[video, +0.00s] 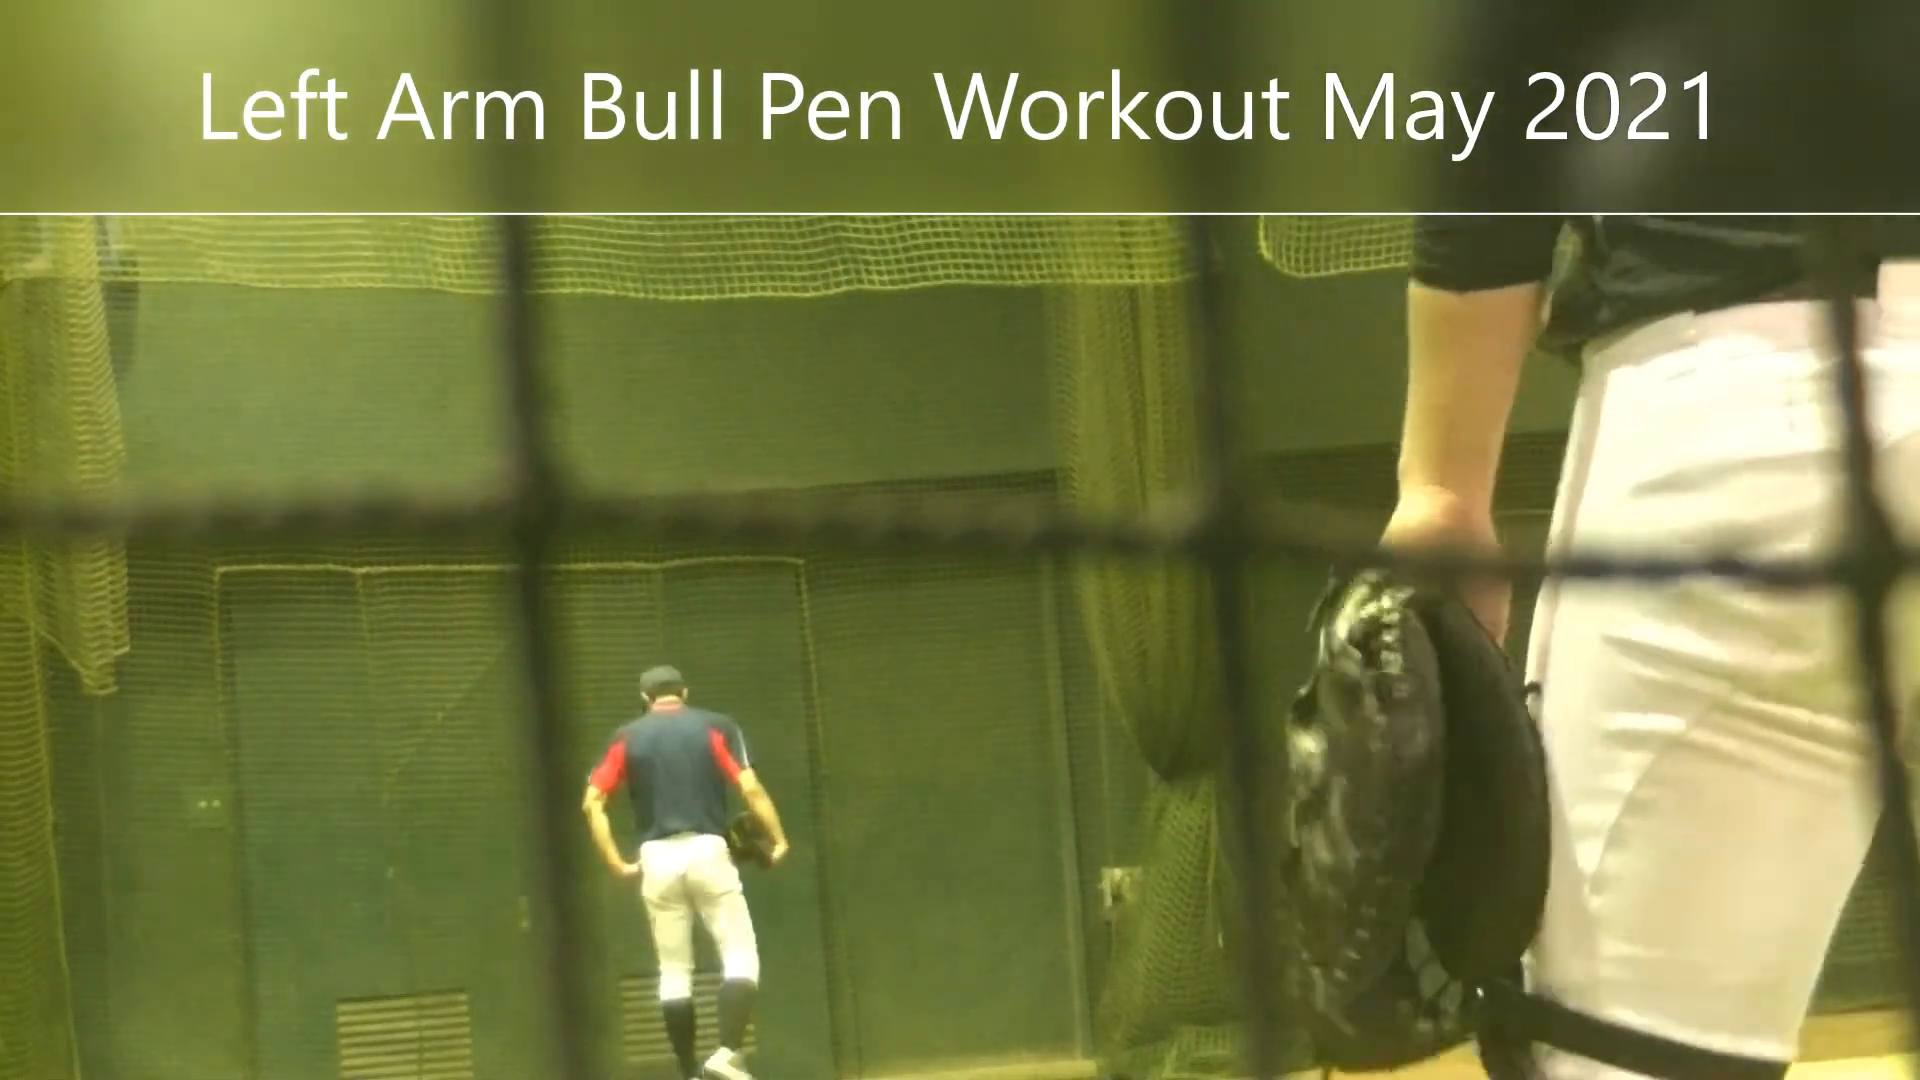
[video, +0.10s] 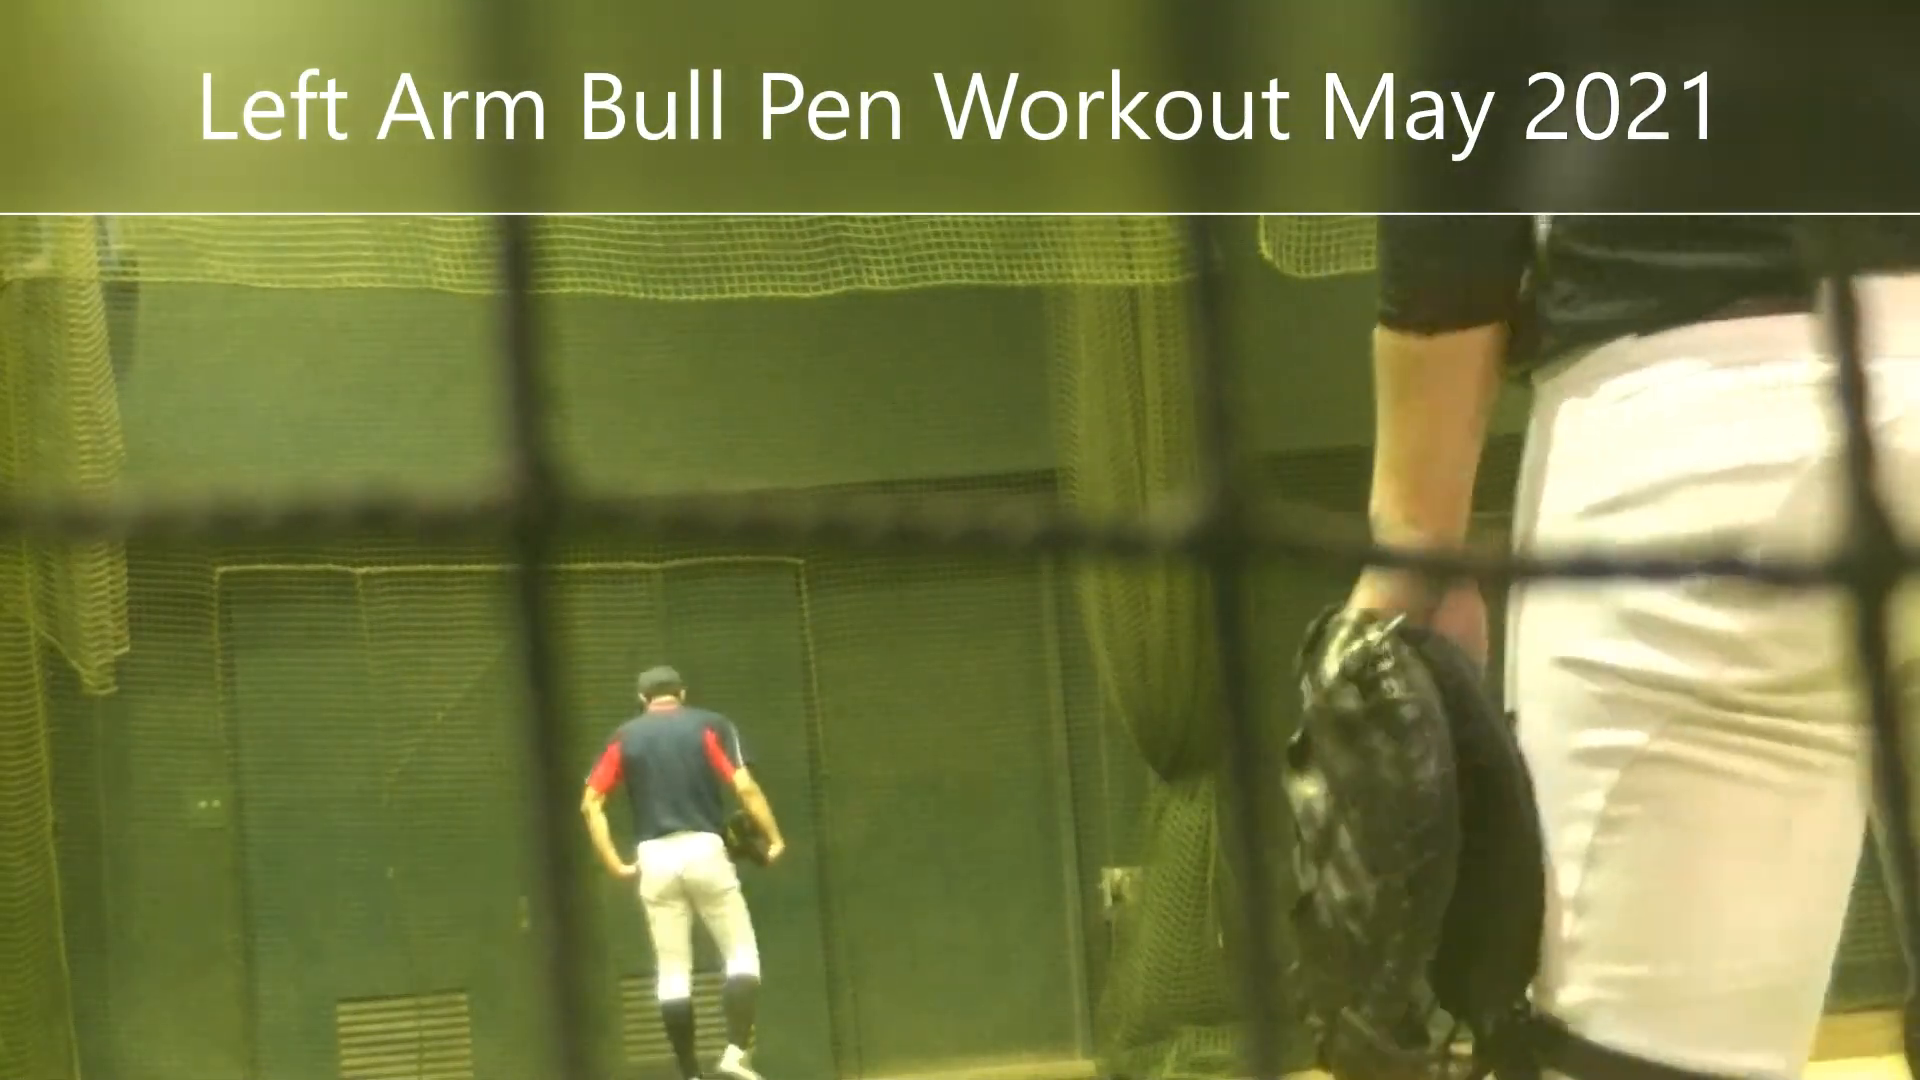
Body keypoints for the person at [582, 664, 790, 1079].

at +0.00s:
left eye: (649, 696)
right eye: (674, 690)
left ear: (645, 699)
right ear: (684, 693)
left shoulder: (628, 737)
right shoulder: (715, 726)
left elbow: (592, 802)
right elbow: (750, 789)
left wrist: (615, 863)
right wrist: (778, 837)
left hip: (657, 859)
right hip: (709, 853)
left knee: (673, 968)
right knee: (739, 953)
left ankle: (687, 1069)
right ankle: (728, 1052)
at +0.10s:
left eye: (647, 698)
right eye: (672, 692)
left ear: (643, 700)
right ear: (681, 693)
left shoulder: (626, 736)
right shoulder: (710, 724)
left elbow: (591, 802)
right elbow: (744, 786)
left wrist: (614, 864)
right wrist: (774, 836)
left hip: (654, 857)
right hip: (705, 850)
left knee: (671, 967)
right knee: (740, 950)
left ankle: (688, 1071)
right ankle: (737, 1051)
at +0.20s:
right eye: (673, 693)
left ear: (642, 701)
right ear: (681, 695)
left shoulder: (623, 737)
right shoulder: (707, 725)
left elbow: (590, 803)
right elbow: (741, 785)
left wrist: (613, 865)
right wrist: (772, 835)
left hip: (653, 856)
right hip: (703, 847)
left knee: (671, 968)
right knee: (732, 952)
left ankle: (688, 1072)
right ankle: (744, 1060)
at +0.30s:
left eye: (647, 701)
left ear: (643, 703)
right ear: (681, 697)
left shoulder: (622, 738)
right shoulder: (706, 726)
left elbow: (589, 804)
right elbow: (740, 786)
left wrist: (613, 865)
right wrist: (771, 835)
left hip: (653, 855)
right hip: (702, 847)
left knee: (670, 969)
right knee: (724, 958)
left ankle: (688, 1072)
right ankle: (745, 1064)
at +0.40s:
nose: (666, 705)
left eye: (654, 700)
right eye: (675, 699)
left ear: (646, 705)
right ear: (683, 700)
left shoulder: (622, 739)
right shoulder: (706, 728)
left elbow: (590, 804)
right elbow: (739, 788)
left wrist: (613, 865)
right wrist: (770, 838)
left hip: (653, 856)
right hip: (702, 849)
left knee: (671, 969)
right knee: (721, 963)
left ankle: (688, 1071)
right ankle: (734, 1065)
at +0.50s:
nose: (670, 708)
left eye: (662, 701)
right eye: (680, 701)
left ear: (650, 705)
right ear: (688, 702)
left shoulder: (625, 740)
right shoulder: (709, 731)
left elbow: (592, 803)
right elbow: (742, 792)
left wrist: (613, 866)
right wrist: (770, 842)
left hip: (653, 857)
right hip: (702, 851)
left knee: (671, 968)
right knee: (718, 961)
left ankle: (687, 1070)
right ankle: (720, 1066)